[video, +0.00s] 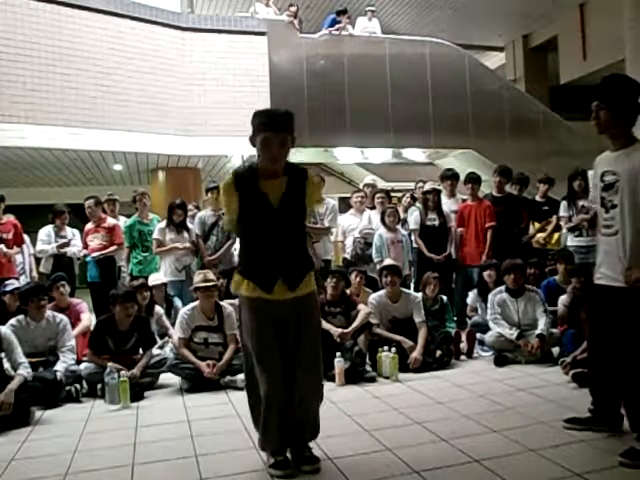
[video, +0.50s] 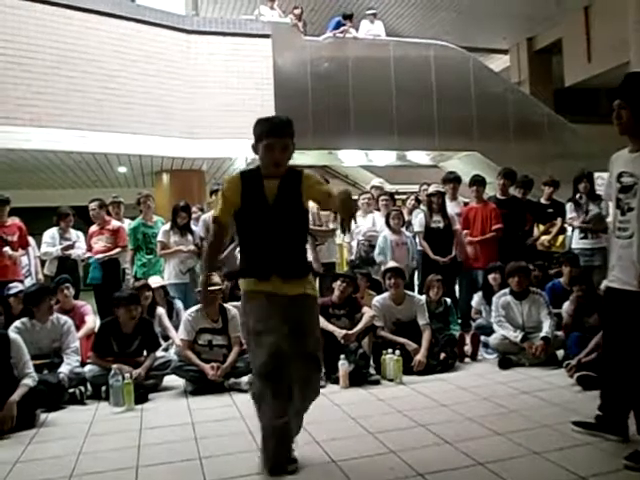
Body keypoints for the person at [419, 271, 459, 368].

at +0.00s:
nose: (432, 288)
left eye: (435, 285)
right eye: (429, 284)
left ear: (439, 287)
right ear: (424, 286)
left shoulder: (443, 300)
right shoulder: (418, 299)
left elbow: (449, 319)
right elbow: (416, 317)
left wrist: (450, 331)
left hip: (440, 329)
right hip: (425, 329)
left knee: (446, 336)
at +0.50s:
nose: (436, 291)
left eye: (438, 288)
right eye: (433, 288)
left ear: (442, 290)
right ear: (428, 289)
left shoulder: (447, 302)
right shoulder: (422, 302)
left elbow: (453, 321)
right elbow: (421, 321)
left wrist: (454, 334)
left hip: (444, 331)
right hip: (429, 331)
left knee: (450, 339)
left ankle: (443, 357)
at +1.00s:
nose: (435, 291)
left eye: (438, 288)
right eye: (432, 288)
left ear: (442, 290)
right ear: (427, 290)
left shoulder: (446, 303)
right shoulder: (421, 302)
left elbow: (453, 321)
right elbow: (420, 321)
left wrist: (454, 333)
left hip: (444, 331)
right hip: (429, 331)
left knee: (449, 338)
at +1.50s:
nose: (435, 292)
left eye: (437, 288)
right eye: (432, 289)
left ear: (441, 290)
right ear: (427, 290)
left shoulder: (446, 303)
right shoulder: (422, 302)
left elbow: (453, 322)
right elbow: (421, 321)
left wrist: (453, 334)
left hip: (444, 331)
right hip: (429, 331)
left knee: (449, 338)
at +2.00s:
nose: (435, 292)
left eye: (437, 288)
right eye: (432, 289)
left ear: (441, 290)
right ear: (427, 291)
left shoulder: (446, 303)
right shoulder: (421, 302)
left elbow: (453, 322)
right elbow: (421, 321)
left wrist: (452, 334)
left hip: (444, 330)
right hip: (429, 331)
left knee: (449, 338)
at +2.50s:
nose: (435, 292)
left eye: (437, 289)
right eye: (432, 289)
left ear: (441, 290)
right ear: (427, 291)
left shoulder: (446, 303)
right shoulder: (421, 303)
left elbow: (453, 322)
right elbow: (421, 322)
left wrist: (453, 334)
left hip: (444, 331)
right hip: (429, 331)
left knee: (449, 338)